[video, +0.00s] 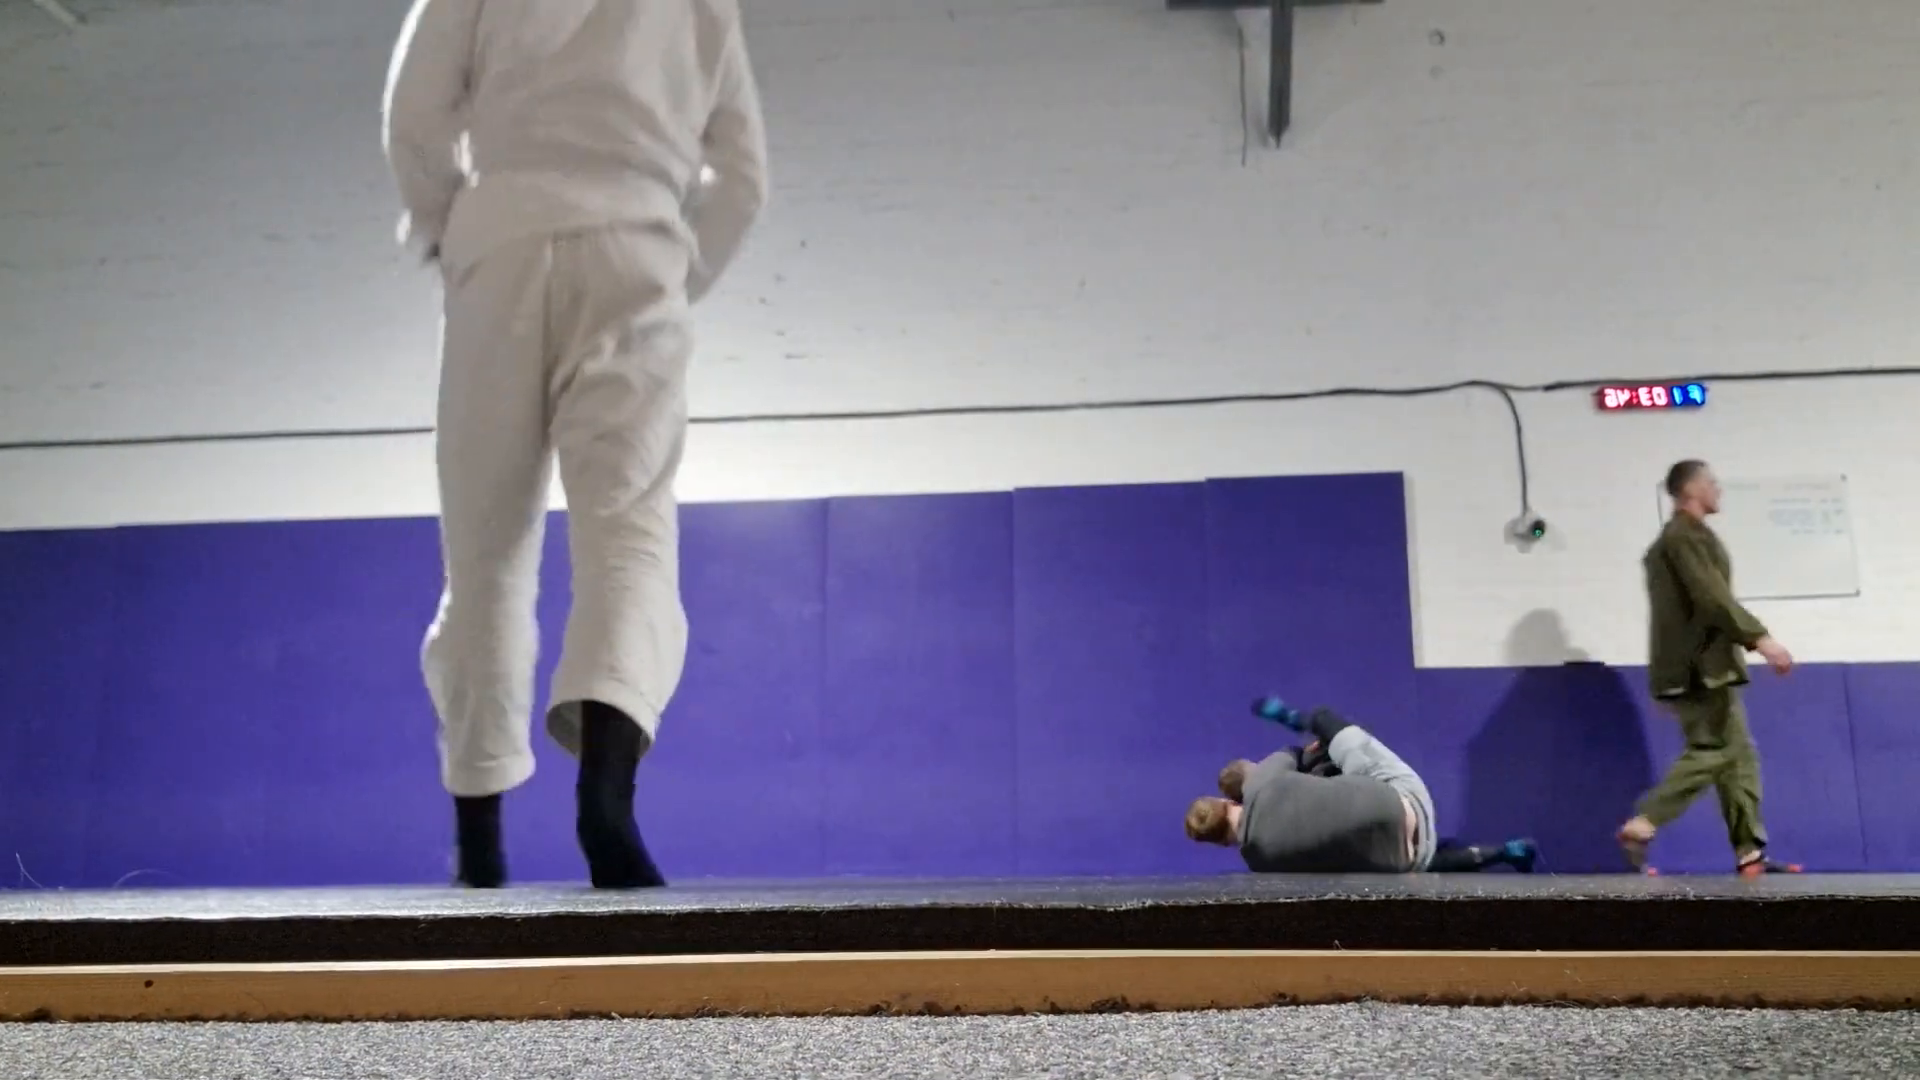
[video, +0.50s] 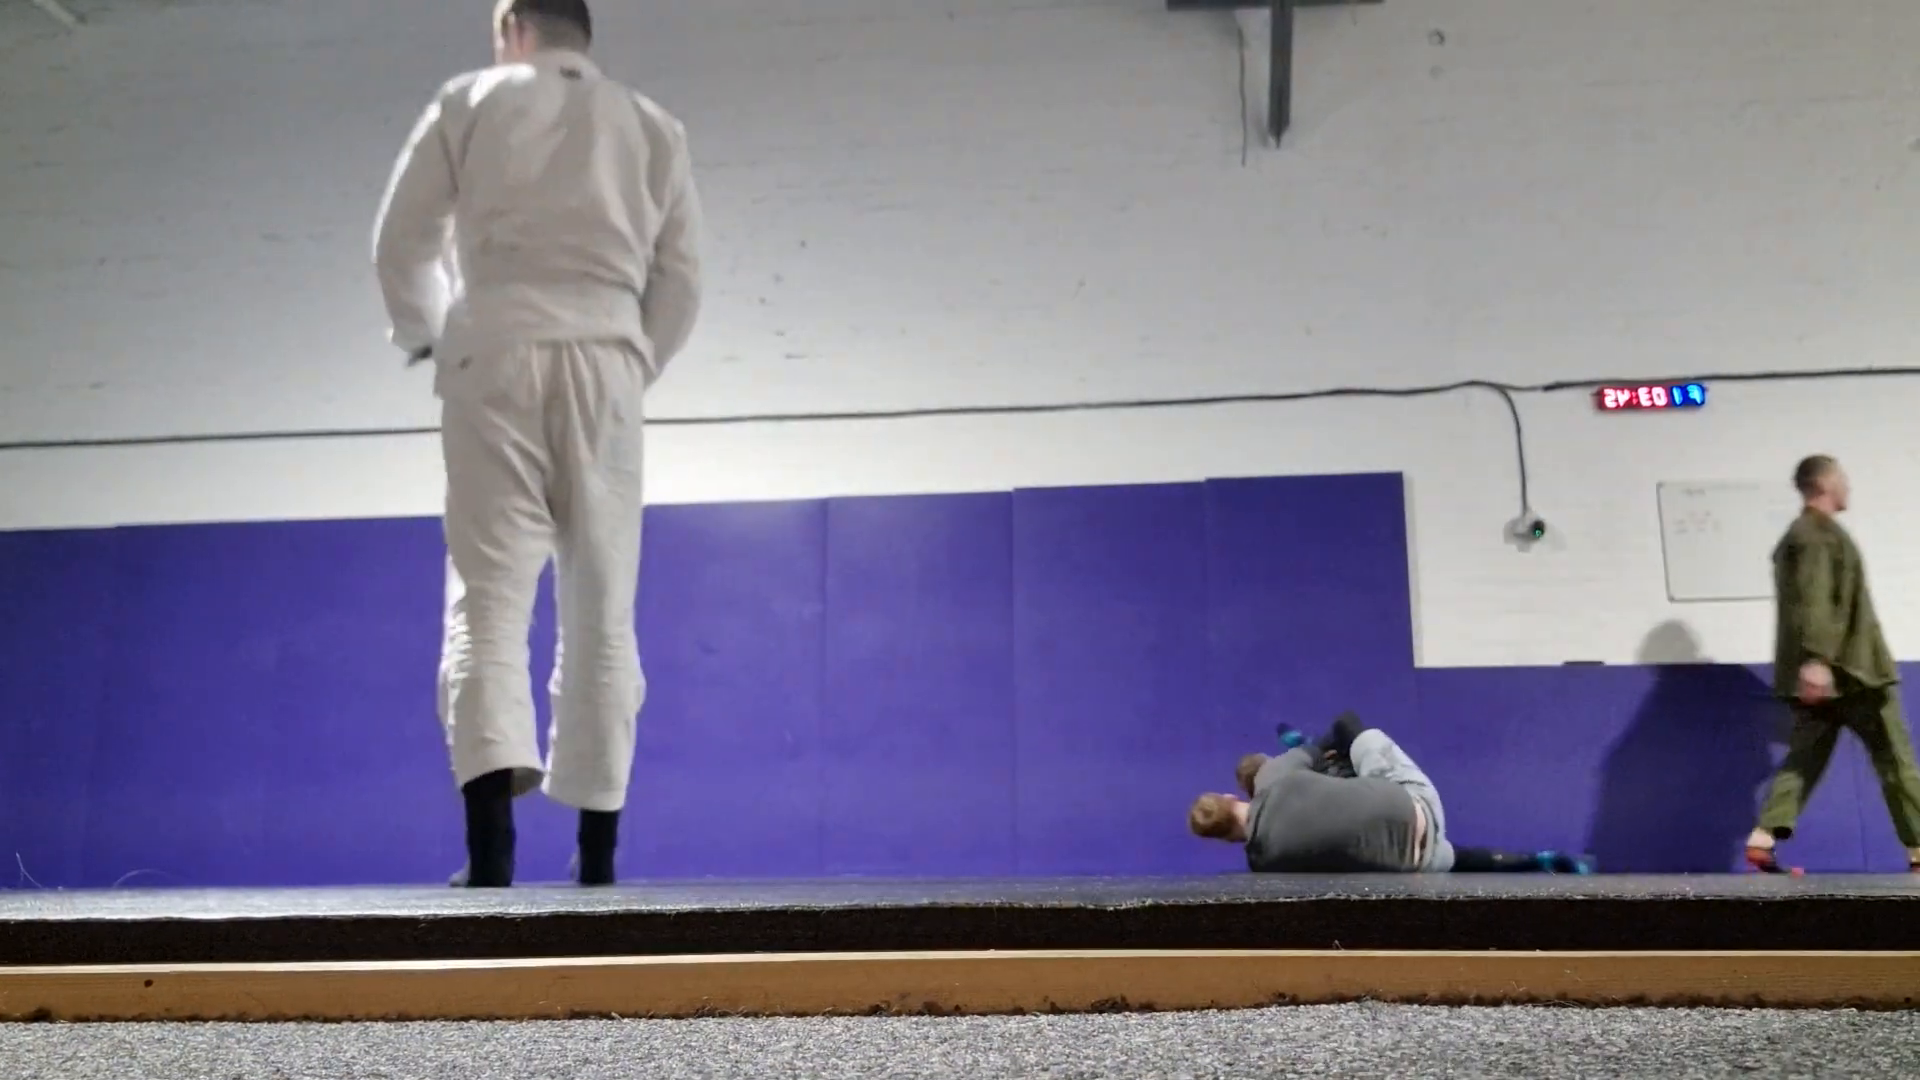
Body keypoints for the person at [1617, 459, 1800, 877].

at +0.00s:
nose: (1718, 489)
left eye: (1715, 482)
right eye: (1710, 482)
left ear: (1688, 492)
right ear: (1689, 490)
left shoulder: (1689, 537)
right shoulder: (1683, 539)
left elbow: (1698, 608)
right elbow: (1713, 601)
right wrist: (1763, 641)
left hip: (1706, 669)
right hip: (1693, 671)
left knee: (1737, 755)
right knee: (1712, 752)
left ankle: (1750, 855)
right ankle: (1641, 826)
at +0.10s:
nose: (1741, 487)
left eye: (1738, 479)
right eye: (1733, 480)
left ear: (1710, 490)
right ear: (1712, 487)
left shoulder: (1700, 535)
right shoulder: (1712, 535)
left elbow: (1714, 604)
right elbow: (1730, 599)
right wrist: (1759, 649)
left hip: (1711, 666)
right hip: (1728, 664)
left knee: (1745, 752)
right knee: (1768, 740)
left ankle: (1750, 854)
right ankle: (1701, 814)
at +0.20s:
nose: (1767, 484)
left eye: (1764, 477)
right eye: (1759, 477)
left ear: (1736, 486)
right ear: (1738, 484)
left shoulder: (1726, 531)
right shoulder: (1736, 531)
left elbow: (1731, 603)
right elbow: (1741, 599)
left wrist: (1747, 658)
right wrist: (1756, 654)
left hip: (1735, 667)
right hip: (1761, 664)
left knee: (1752, 756)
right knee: (1807, 742)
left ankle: (1751, 853)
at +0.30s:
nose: (1792, 484)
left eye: (1789, 476)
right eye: (1785, 477)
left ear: (1761, 486)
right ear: (1763, 484)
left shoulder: (1756, 530)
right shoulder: (1760, 530)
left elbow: (1757, 601)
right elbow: (1759, 598)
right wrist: (1762, 656)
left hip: (1762, 669)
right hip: (1792, 665)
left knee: (1763, 762)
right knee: (1833, 753)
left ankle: (1751, 855)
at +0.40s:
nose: (1818, 486)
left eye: (1815, 478)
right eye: (1809, 479)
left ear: (1787, 487)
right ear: (1788, 486)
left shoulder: (1784, 533)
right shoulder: (1785, 534)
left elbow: (1783, 603)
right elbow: (1781, 600)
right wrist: (1782, 658)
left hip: (1786, 672)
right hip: (1817, 668)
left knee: (1778, 762)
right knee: (1865, 759)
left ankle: (1753, 850)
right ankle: (1910, 843)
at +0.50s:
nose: (1847, 484)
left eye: (1843, 476)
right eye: (1840, 477)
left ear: (1812, 487)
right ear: (1822, 485)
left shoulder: (1803, 535)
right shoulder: (1818, 535)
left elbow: (1809, 606)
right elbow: (1815, 602)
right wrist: (1816, 659)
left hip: (1819, 674)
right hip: (1855, 670)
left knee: (1804, 760)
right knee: (1897, 762)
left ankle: (1761, 841)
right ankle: (1916, 849)